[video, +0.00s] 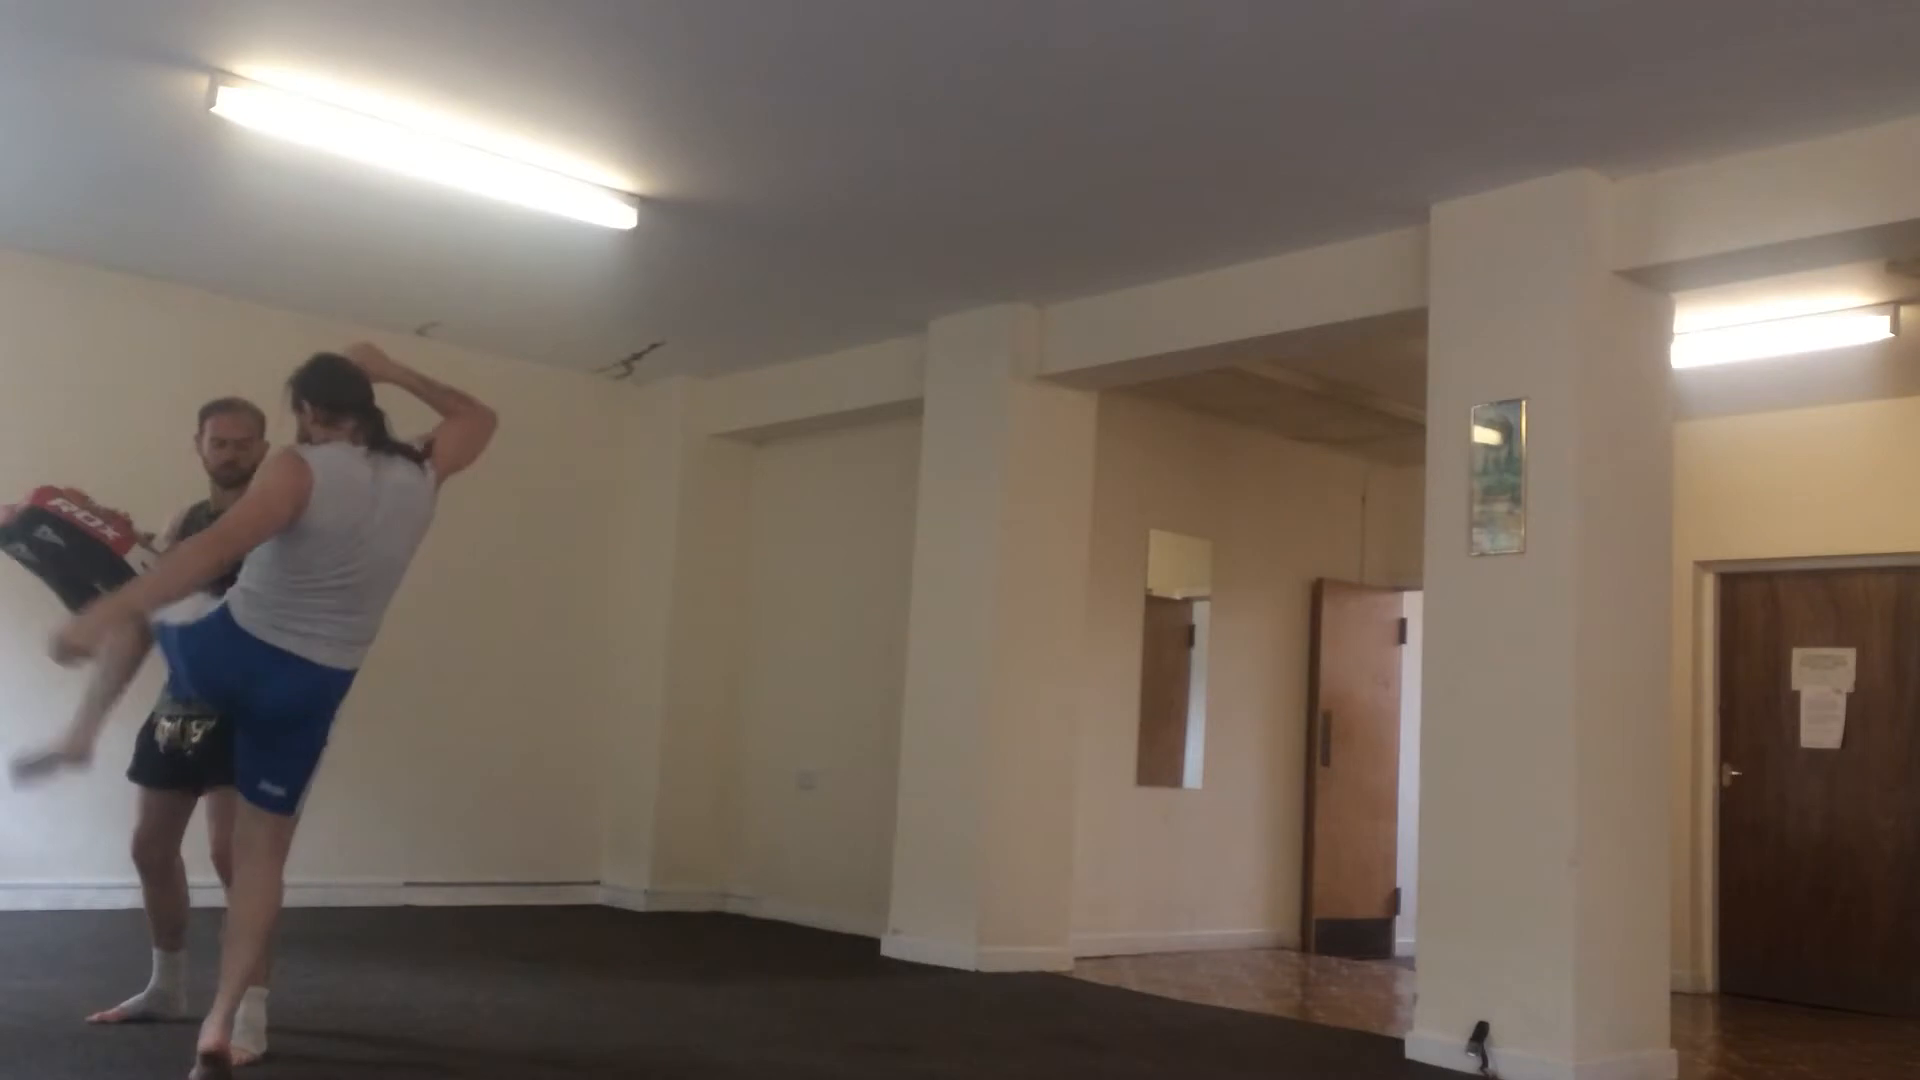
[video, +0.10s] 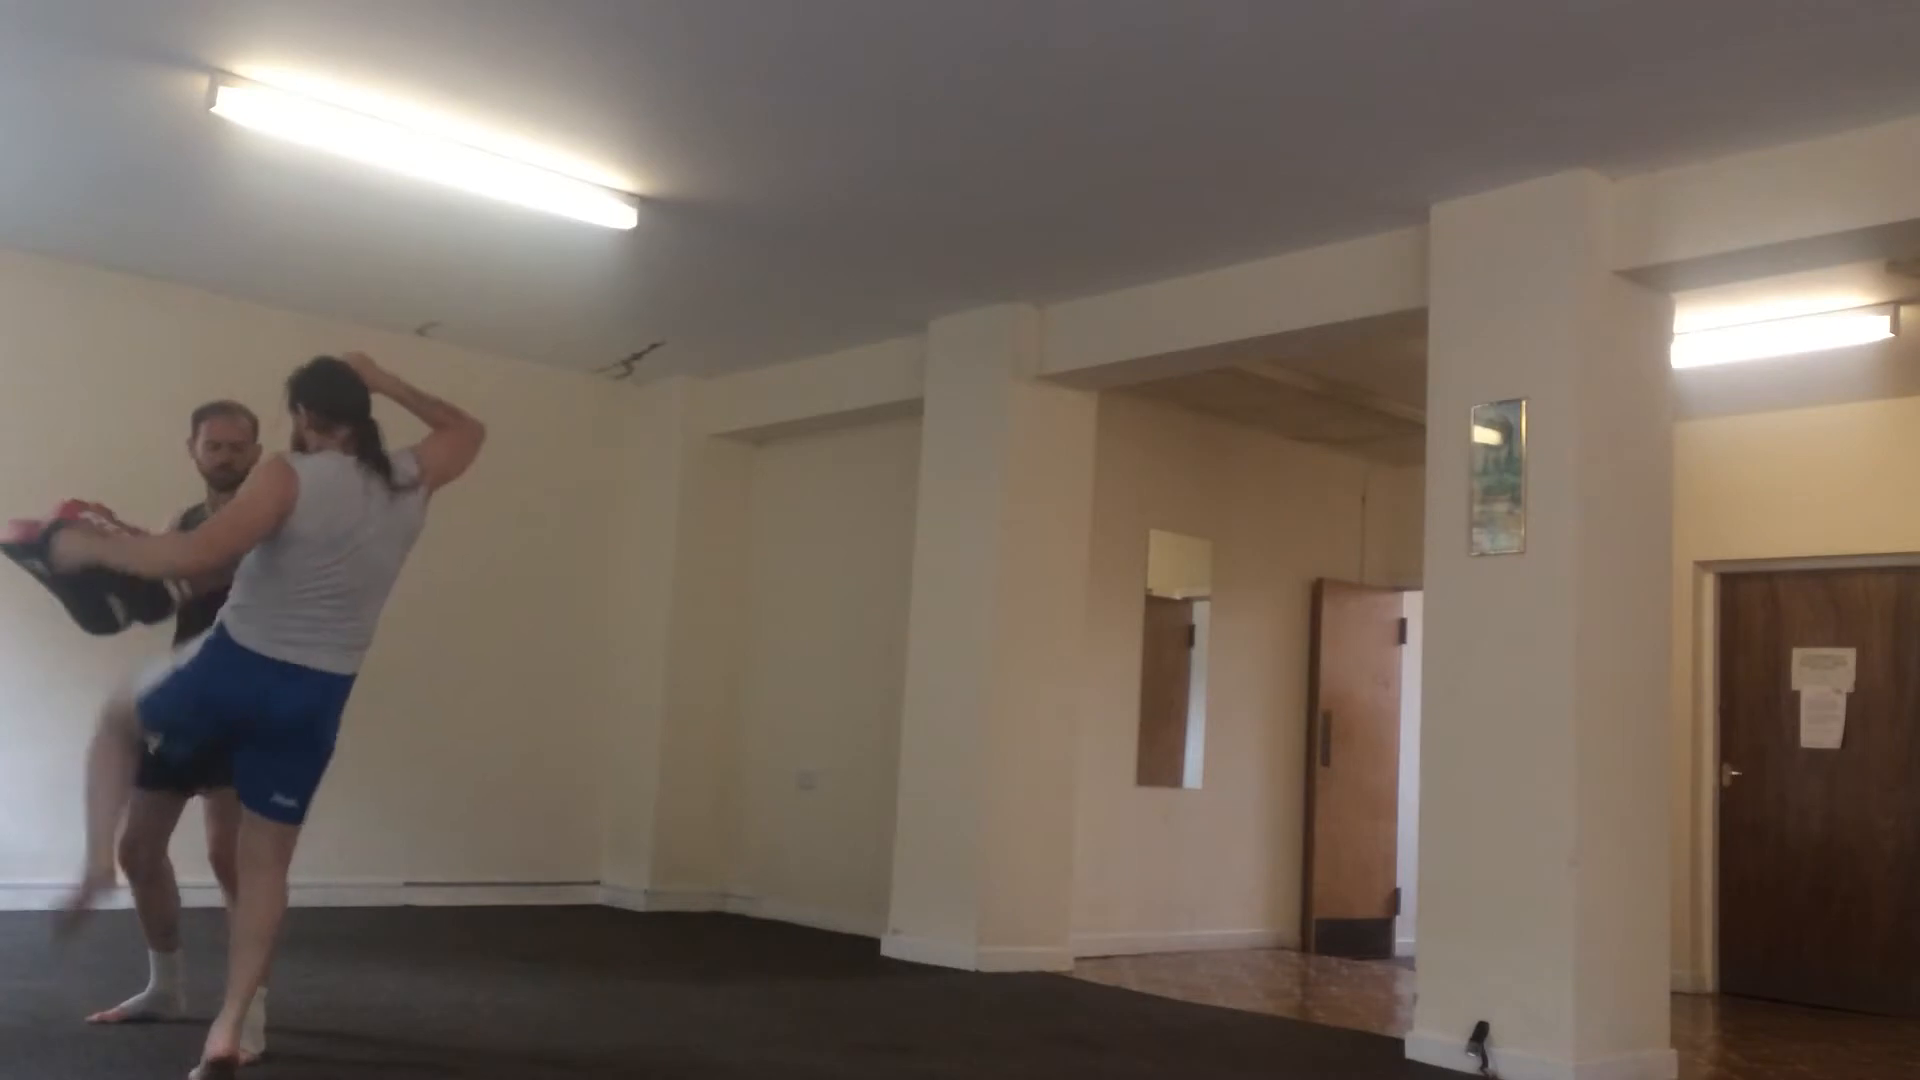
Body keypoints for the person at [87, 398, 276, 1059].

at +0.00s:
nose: (232, 454)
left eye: (245, 443)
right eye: (220, 443)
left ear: (266, 447)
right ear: (200, 449)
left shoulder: (288, 526)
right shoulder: (187, 524)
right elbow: (158, 595)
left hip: (248, 706)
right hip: (184, 700)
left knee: (232, 853)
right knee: (153, 849)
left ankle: (252, 999)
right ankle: (166, 985)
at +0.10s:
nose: (228, 457)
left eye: (240, 446)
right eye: (215, 446)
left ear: (260, 451)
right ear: (194, 453)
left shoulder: (283, 521)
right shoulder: (187, 527)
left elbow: (200, 577)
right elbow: (154, 601)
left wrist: (129, 539)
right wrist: (119, 544)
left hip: (252, 698)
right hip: (188, 694)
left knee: (231, 856)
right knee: (140, 849)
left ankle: (254, 1000)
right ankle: (164, 986)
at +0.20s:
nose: (214, 463)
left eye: (226, 452)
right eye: (203, 452)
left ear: (248, 457)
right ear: (183, 456)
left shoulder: (271, 524)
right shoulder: (179, 528)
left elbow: (273, 615)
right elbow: (156, 598)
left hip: (242, 701)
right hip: (175, 694)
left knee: (227, 855)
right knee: (125, 851)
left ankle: (252, 1004)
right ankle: (162, 986)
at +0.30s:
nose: (205, 467)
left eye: (217, 455)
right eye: (192, 454)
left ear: (235, 460)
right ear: (169, 457)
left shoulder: (254, 536)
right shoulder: (153, 536)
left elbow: (280, 614)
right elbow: (132, 632)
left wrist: (220, 613)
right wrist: (108, 601)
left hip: (236, 717)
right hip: (164, 710)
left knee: (240, 862)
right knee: (118, 855)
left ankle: (246, 996)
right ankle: (157, 986)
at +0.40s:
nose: (201, 464)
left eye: (213, 453)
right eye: (189, 452)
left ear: (231, 456)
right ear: (166, 456)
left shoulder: (255, 527)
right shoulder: (152, 527)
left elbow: (283, 612)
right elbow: (142, 601)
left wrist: (236, 623)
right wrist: (112, 616)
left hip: (237, 709)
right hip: (166, 704)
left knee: (245, 858)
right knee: (126, 852)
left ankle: (249, 1005)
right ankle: (158, 986)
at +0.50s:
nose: (208, 467)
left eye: (220, 456)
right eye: (197, 455)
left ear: (239, 454)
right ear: (174, 454)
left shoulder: (262, 519)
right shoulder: (154, 522)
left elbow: (287, 602)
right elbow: (131, 605)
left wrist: (247, 617)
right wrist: (111, 620)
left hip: (244, 702)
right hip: (170, 698)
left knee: (244, 852)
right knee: (141, 848)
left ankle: (259, 998)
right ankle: (163, 983)